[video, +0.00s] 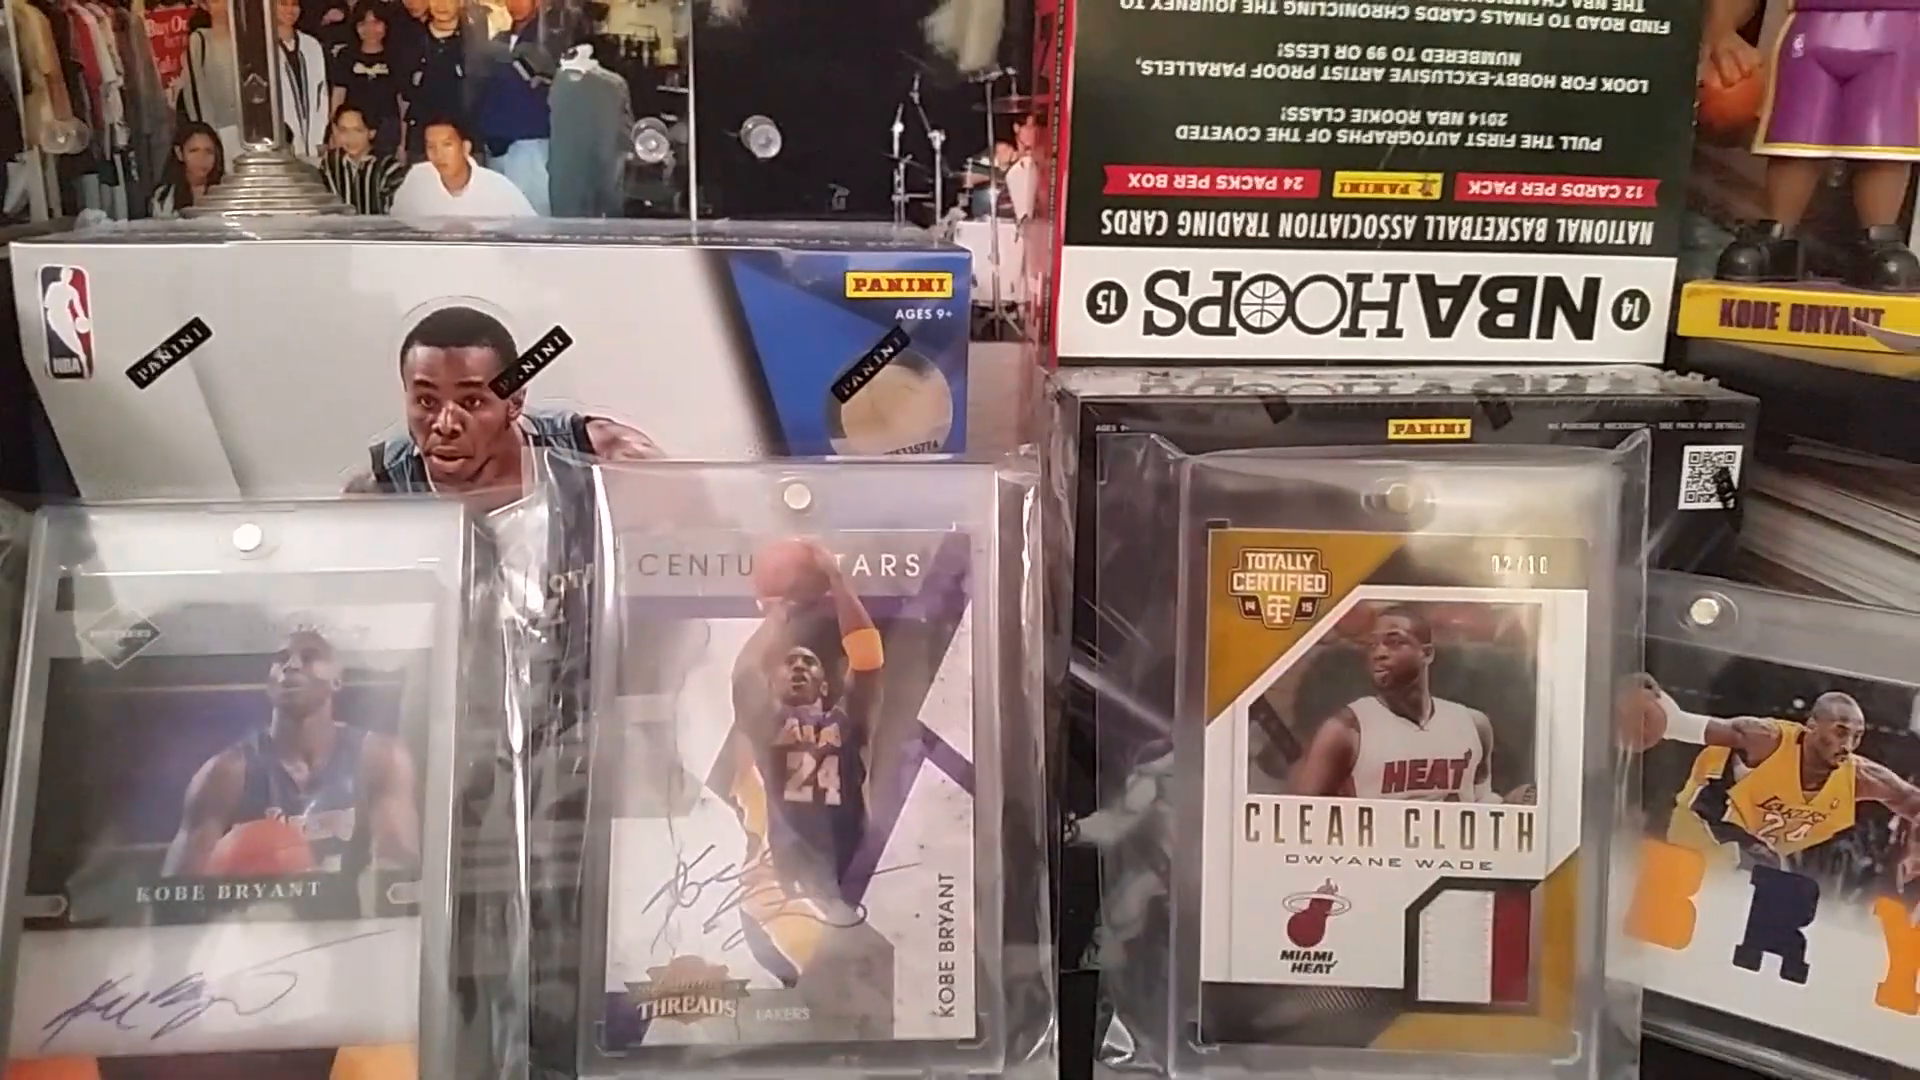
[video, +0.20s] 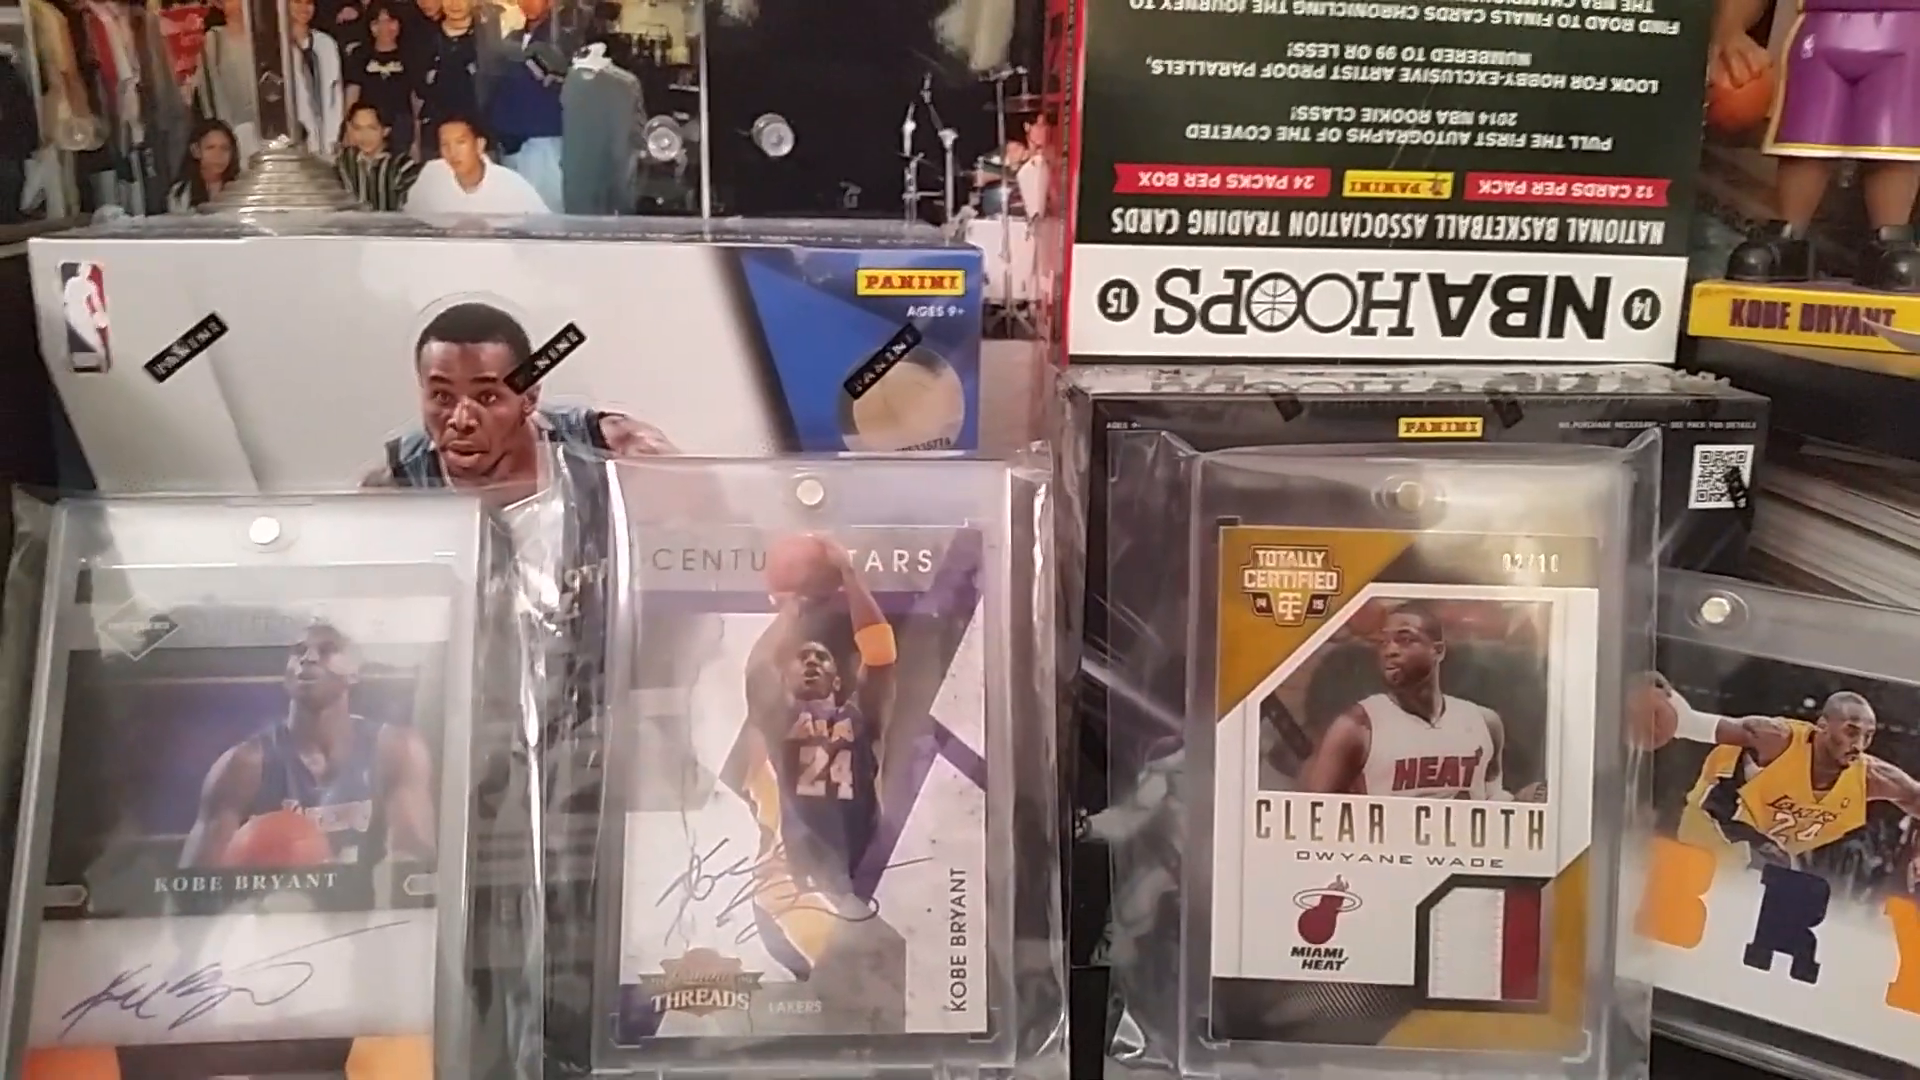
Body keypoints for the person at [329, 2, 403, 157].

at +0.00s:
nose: (371, 28)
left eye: (376, 22)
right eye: (366, 23)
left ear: (385, 28)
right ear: (359, 28)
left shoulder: (394, 57)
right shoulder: (346, 57)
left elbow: (402, 101)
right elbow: (338, 96)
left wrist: (402, 143)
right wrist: (335, 134)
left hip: (387, 131)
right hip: (354, 132)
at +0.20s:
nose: (392, 26)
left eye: (394, 20)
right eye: (387, 21)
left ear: (399, 26)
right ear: (374, 27)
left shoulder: (408, 55)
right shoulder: (360, 55)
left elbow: (415, 96)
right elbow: (353, 92)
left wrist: (416, 138)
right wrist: (349, 129)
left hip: (400, 125)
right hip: (368, 126)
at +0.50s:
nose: (404, 28)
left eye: (410, 22)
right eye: (398, 23)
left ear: (418, 28)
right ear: (392, 28)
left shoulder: (429, 58)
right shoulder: (380, 56)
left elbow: (436, 101)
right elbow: (373, 94)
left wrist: (436, 142)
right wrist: (370, 131)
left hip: (420, 127)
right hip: (387, 129)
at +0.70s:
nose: (420, 28)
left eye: (427, 21)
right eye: (414, 23)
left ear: (435, 27)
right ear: (408, 28)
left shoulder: (446, 56)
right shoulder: (398, 55)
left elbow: (453, 99)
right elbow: (390, 93)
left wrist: (453, 140)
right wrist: (389, 130)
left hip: (437, 125)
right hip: (405, 126)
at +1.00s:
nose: (434, 28)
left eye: (440, 22)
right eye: (428, 23)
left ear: (449, 27)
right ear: (421, 28)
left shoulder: (458, 56)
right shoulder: (410, 56)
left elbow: (466, 99)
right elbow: (403, 93)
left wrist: (465, 141)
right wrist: (400, 130)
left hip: (450, 127)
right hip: (418, 129)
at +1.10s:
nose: (446, 27)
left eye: (453, 22)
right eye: (447, 22)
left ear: (469, 26)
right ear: (445, 25)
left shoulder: (483, 58)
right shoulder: (435, 56)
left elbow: (490, 100)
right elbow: (425, 93)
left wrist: (489, 141)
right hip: (439, 128)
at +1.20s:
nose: (484, 29)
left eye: (486, 23)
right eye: (479, 24)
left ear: (494, 28)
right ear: (469, 29)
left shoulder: (504, 57)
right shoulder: (456, 57)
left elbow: (512, 101)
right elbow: (449, 93)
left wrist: (511, 141)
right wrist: (446, 129)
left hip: (495, 125)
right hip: (464, 125)